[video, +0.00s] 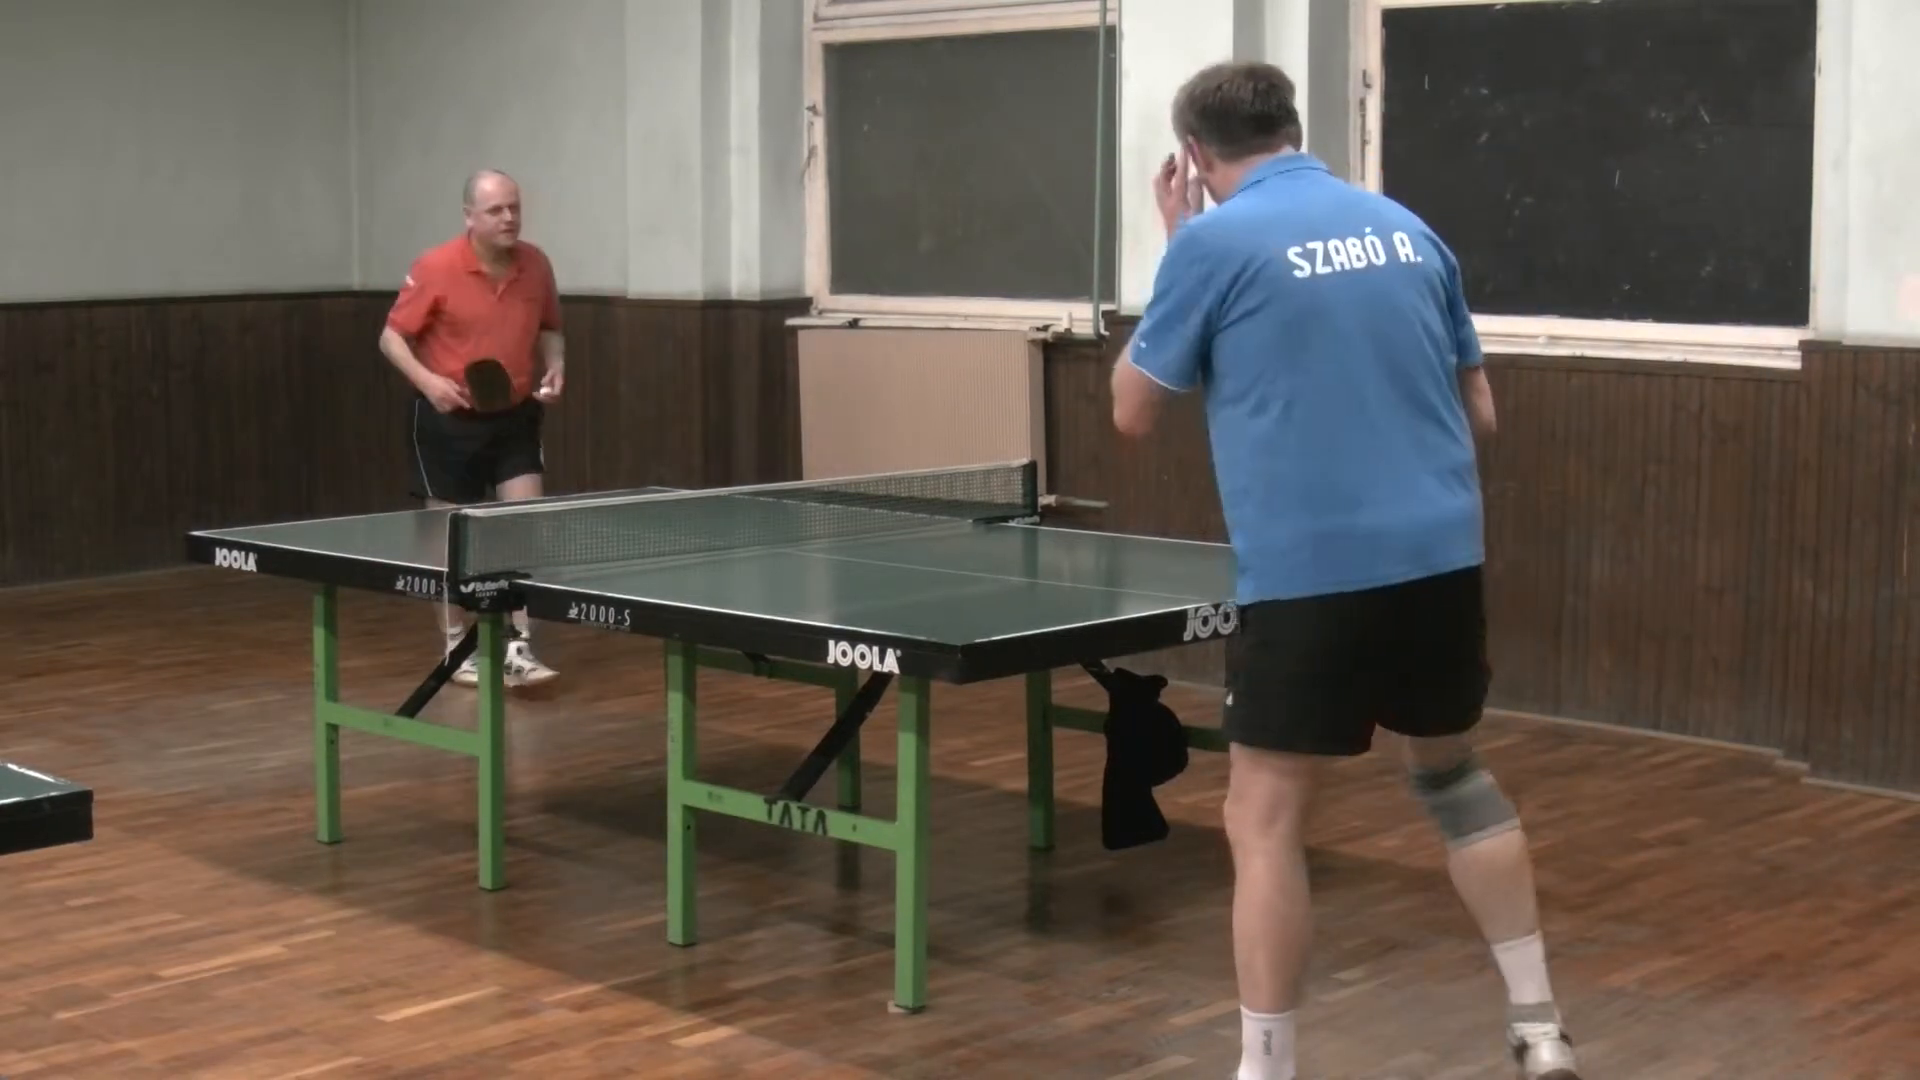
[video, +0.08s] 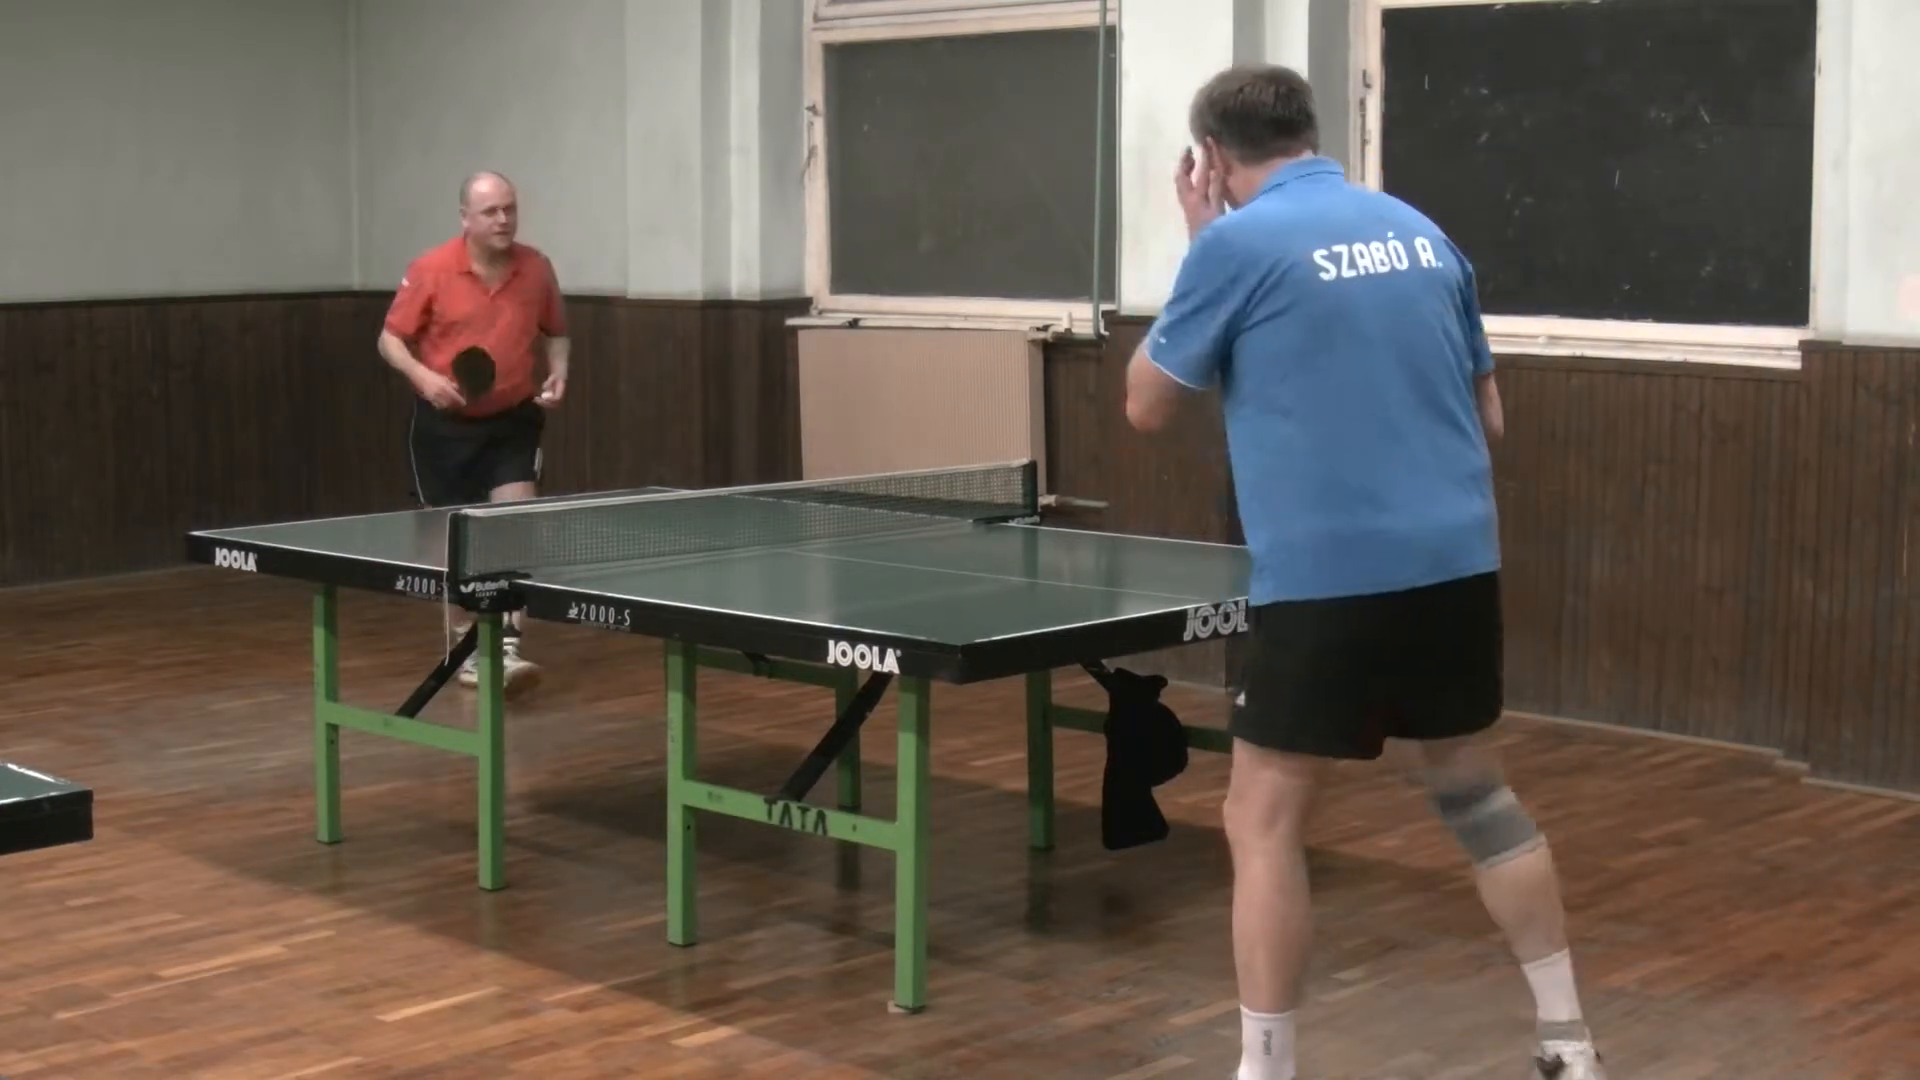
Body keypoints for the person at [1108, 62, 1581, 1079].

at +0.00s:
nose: (1188, 177)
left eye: (1187, 165)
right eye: (1187, 167)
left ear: (1199, 159)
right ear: (1297, 135)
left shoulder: (1216, 242)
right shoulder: (1407, 228)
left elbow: (1133, 413)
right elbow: (1478, 411)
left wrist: (1179, 252)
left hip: (1303, 574)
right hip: (1443, 558)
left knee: (1265, 817)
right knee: (1451, 768)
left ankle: (1265, 1066)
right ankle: (1540, 1027)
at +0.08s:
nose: (1204, 183)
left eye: (1204, 170)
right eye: (1203, 171)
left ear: (1217, 161)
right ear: (1313, 141)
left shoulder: (1240, 243)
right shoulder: (1423, 233)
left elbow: (1147, 404)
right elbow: (1487, 417)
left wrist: (1199, 246)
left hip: (1318, 583)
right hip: (1458, 568)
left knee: (1264, 820)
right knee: (1471, 787)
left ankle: (1264, 1067)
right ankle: (1569, 1045)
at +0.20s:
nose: (1244, 186)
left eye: (1242, 173)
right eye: (1242, 174)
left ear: (1257, 164)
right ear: (1350, 149)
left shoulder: (1285, 253)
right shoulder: (1451, 242)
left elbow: (1182, 421)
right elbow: (1507, 425)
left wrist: (1235, 270)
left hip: (1350, 591)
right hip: (1490, 581)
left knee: (1261, 820)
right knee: (1512, 811)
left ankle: (1263, 1066)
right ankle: (1581, 1059)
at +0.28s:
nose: (1273, 193)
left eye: (1269, 178)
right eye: (1274, 180)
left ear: (1283, 167)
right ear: (1369, 155)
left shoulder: (1312, 259)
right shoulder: (1472, 249)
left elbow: (1219, 439)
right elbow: (1526, 431)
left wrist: (1254, 296)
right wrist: (1316, 427)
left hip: (1378, 594)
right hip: (1517, 584)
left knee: (1265, 812)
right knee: (1534, 815)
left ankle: (1263, 1062)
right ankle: (1585, 1058)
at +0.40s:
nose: (1290, 200)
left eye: (1287, 182)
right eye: (1290, 183)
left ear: (1303, 172)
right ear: (1384, 162)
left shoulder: (1326, 258)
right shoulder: (1490, 253)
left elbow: (1281, 453)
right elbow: (1551, 438)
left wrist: (1270, 376)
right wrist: (1356, 464)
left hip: (1409, 578)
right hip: (1546, 570)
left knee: (1279, 803)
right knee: (1549, 812)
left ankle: (1253, 1057)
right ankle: (1588, 1060)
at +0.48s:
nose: (1283, 212)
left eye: (1281, 196)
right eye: (1283, 197)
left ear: (1299, 186)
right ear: (1378, 175)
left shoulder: (1324, 263)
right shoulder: (1491, 258)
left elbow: (1314, 448)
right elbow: (1563, 440)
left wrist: (1268, 451)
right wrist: (1370, 488)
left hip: (1420, 573)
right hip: (1555, 564)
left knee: (1306, 812)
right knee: (1553, 810)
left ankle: (1253, 1062)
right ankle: (1588, 1059)